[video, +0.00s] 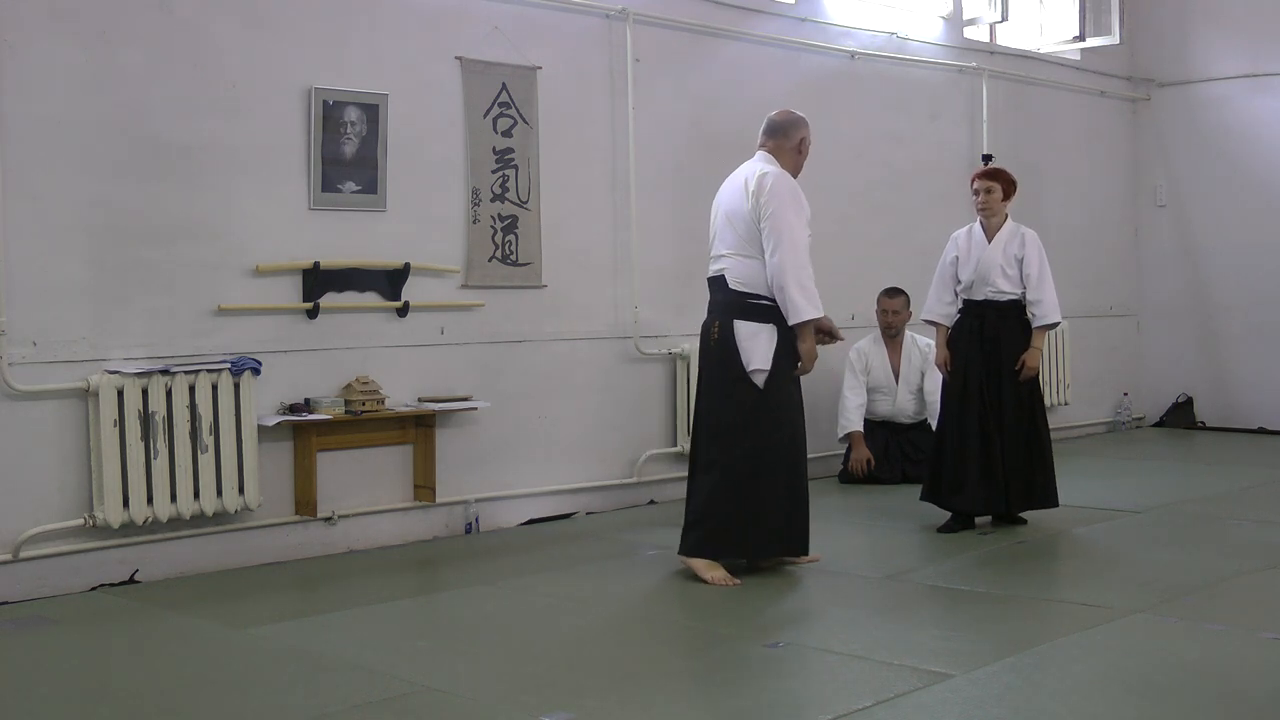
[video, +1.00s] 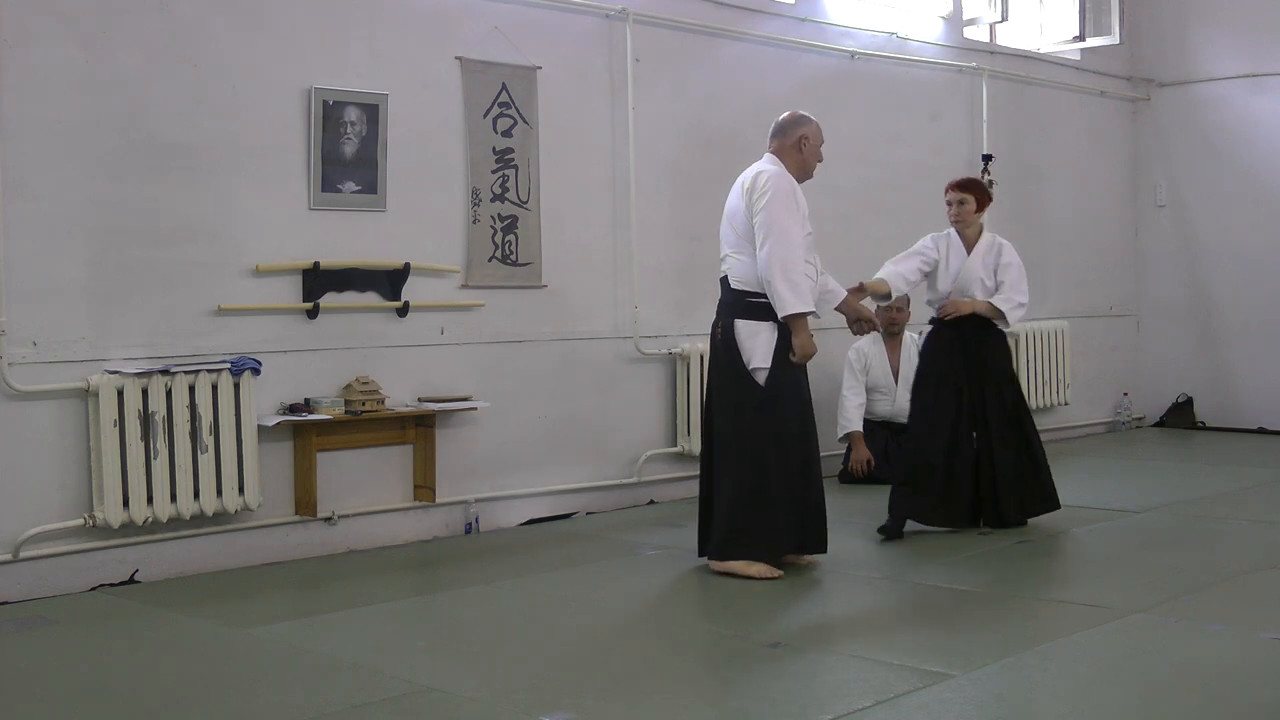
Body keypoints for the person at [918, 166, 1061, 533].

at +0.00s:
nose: (981, 199)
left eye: (989, 192)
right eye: (976, 193)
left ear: (1006, 197)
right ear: (972, 198)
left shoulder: (1024, 238)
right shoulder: (960, 239)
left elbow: (1041, 295)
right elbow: (944, 292)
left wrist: (1036, 346)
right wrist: (940, 342)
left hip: (1011, 331)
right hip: (969, 332)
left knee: (1011, 415)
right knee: (964, 416)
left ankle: (1007, 506)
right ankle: (963, 509)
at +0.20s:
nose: (981, 199)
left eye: (989, 193)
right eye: (976, 193)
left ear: (1006, 197)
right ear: (972, 198)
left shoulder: (1024, 238)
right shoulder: (960, 239)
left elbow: (1041, 295)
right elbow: (943, 292)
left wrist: (1036, 346)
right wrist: (940, 343)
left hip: (1011, 331)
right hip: (969, 332)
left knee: (1010, 415)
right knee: (964, 416)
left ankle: (1006, 506)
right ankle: (963, 509)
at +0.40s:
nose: (980, 200)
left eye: (988, 193)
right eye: (976, 194)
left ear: (1006, 197)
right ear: (972, 199)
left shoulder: (1025, 239)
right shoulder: (961, 239)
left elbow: (1042, 295)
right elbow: (944, 291)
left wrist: (1032, 340)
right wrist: (940, 341)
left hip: (1011, 331)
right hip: (969, 331)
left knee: (1010, 415)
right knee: (964, 415)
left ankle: (1006, 506)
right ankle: (963, 509)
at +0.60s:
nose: (980, 202)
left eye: (987, 196)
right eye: (975, 197)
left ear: (1006, 200)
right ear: (971, 201)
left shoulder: (1026, 241)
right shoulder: (961, 241)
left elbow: (1049, 295)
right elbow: (942, 290)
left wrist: (1015, 318)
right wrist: (927, 317)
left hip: (1012, 333)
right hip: (969, 332)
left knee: (1010, 415)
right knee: (960, 415)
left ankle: (1008, 506)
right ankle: (957, 508)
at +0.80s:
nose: (973, 210)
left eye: (980, 203)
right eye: (969, 205)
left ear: (999, 205)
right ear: (965, 209)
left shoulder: (1020, 246)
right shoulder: (957, 243)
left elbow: (1038, 298)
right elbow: (924, 272)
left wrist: (999, 303)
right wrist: (896, 286)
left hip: (1005, 339)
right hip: (964, 338)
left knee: (1006, 420)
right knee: (948, 418)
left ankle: (1007, 506)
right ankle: (916, 505)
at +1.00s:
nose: (954, 210)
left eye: (962, 203)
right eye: (949, 204)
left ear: (981, 207)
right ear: (945, 208)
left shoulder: (1000, 249)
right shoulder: (937, 244)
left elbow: (1014, 302)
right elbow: (901, 273)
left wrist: (972, 305)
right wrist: (868, 287)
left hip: (986, 345)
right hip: (943, 345)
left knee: (995, 424)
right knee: (926, 426)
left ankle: (1003, 508)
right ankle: (897, 515)